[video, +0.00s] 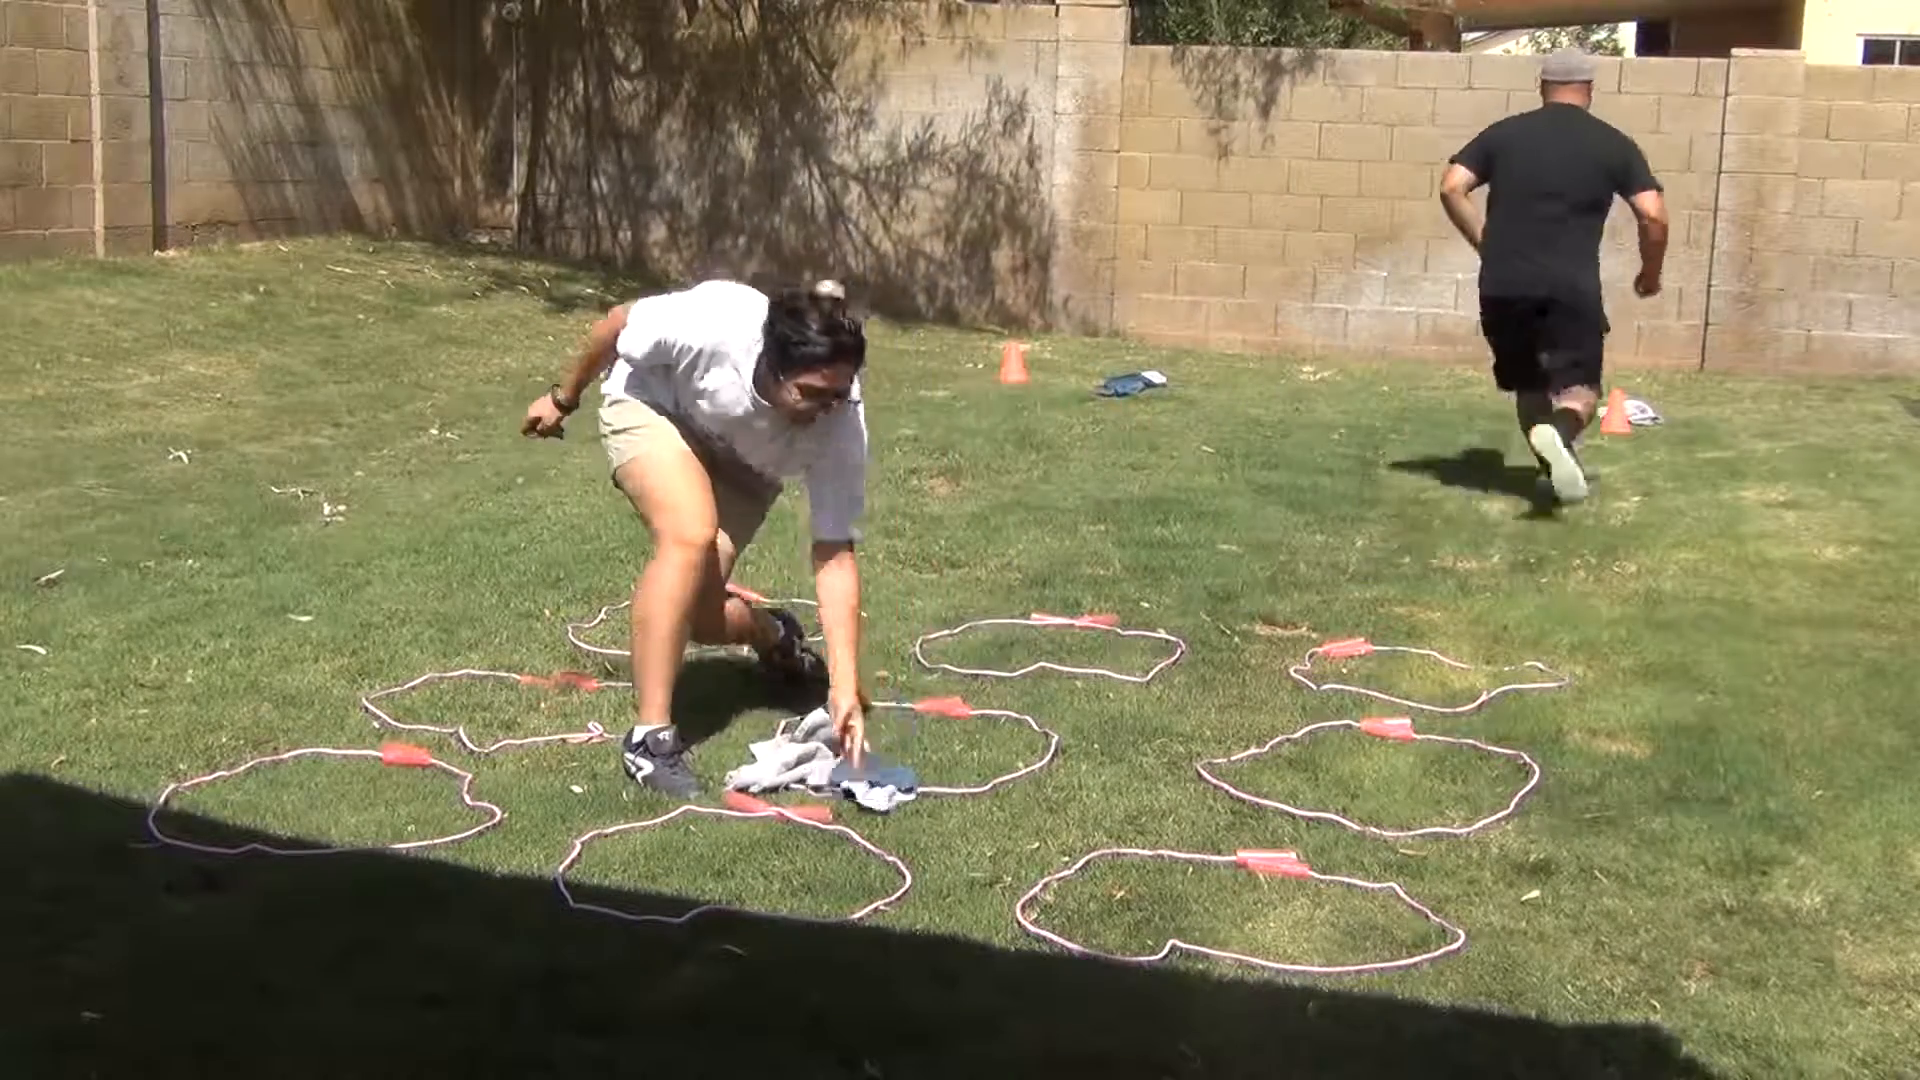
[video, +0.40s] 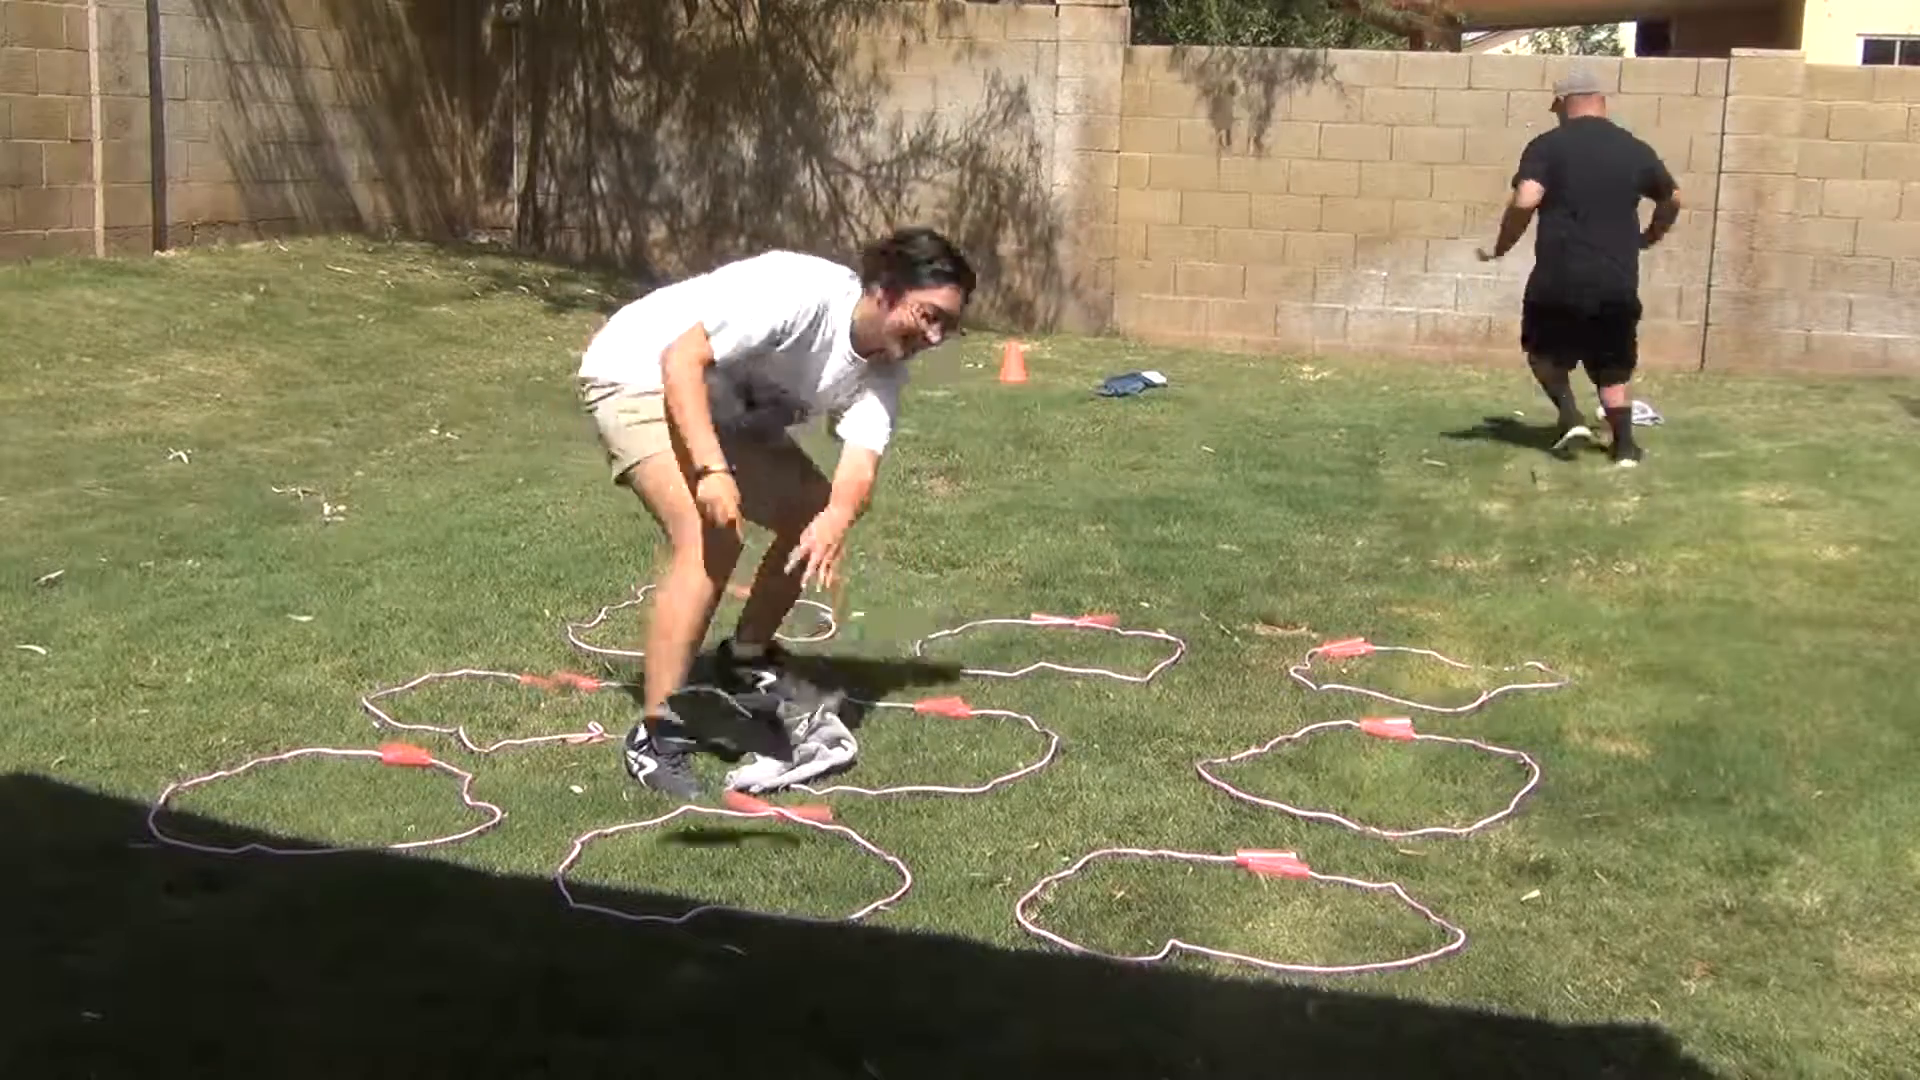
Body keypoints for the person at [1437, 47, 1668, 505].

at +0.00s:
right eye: (1589, 87)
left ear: (1542, 89)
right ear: (1589, 90)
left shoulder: (1506, 131)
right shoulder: (1611, 142)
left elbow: (1452, 187)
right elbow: (1654, 217)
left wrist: (1485, 242)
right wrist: (1650, 272)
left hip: (1502, 282)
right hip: (1570, 286)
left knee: (1529, 388)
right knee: (1579, 387)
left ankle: (1553, 477)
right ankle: (1557, 434)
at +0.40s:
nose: (1557, 111)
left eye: (1557, 106)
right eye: (1559, 107)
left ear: (1561, 105)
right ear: (1603, 102)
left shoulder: (1548, 145)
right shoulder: (1632, 146)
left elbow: (1526, 201)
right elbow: (1670, 200)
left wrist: (1502, 245)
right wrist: (1655, 233)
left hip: (1558, 279)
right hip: (1616, 281)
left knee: (1542, 349)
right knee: (1612, 365)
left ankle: (1570, 416)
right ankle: (1624, 446)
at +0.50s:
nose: (1537, 108)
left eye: (1538, 100)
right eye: (1536, 101)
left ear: (1550, 96)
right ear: (1585, 93)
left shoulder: (1550, 131)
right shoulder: (1618, 130)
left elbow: (1549, 181)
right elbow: (1636, 170)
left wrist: (1530, 225)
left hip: (1558, 260)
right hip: (1611, 261)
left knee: (1535, 336)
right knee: (1602, 344)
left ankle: (1535, 409)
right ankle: (1615, 414)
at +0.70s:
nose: (1509, 144)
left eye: (1508, 136)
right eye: (1505, 138)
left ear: (1525, 125)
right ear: (1536, 118)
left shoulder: (1549, 151)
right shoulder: (1573, 135)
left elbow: (1556, 214)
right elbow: (1559, 175)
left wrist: (1506, 248)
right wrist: (1520, 187)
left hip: (1561, 266)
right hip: (1600, 262)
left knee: (1510, 334)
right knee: (1560, 324)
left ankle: (1517, 413)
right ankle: (1572, 382)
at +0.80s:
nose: (1507, 164)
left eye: (1507, 157)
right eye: (1503, 159)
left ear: (1522, 142)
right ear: (1524, 136)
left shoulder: (1550, 170)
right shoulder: (1554, 141)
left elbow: (1578, 231)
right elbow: (1539, 185)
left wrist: (1539, 275)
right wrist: (1514, 207)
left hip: (1584, 260)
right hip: (1599, 253)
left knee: (1507, 326)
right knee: (1549, 316)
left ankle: (1519, 409)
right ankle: (1562, 390)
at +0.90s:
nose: (1513, 190)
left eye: (1514, 182)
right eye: (1510, 186)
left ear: (1530, 165)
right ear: (1527, 163)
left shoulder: (1568, 188)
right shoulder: (1535, 167)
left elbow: (1608, 242)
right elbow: (1530, 200)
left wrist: (1591, 295)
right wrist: (1518, 224)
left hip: (1589, 262)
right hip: (1567, 256)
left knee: (1515, 315)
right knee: (1551, 316)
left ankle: (1530, 402)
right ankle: (1568, 391)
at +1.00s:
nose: (1520, 235)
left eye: (1523, 227)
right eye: (1514, 231)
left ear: (1537, 203)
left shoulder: (1572, 218)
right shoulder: (1527, 192)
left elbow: (1620, 264)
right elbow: (1519, 226)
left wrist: (1620, 322)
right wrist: (1509, 255)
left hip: (1598, 274)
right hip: (1567, 268)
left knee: (1539, 318)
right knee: (1537, 320)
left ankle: (1543, 401)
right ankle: (1572, 395)